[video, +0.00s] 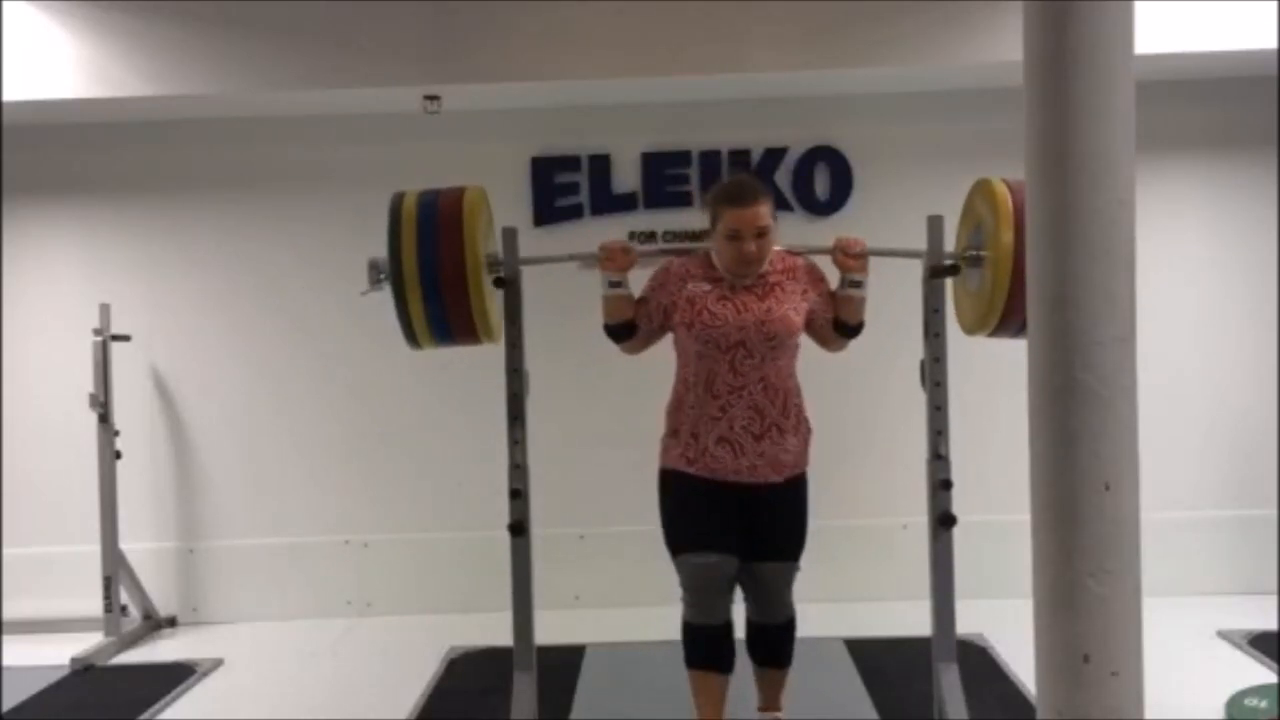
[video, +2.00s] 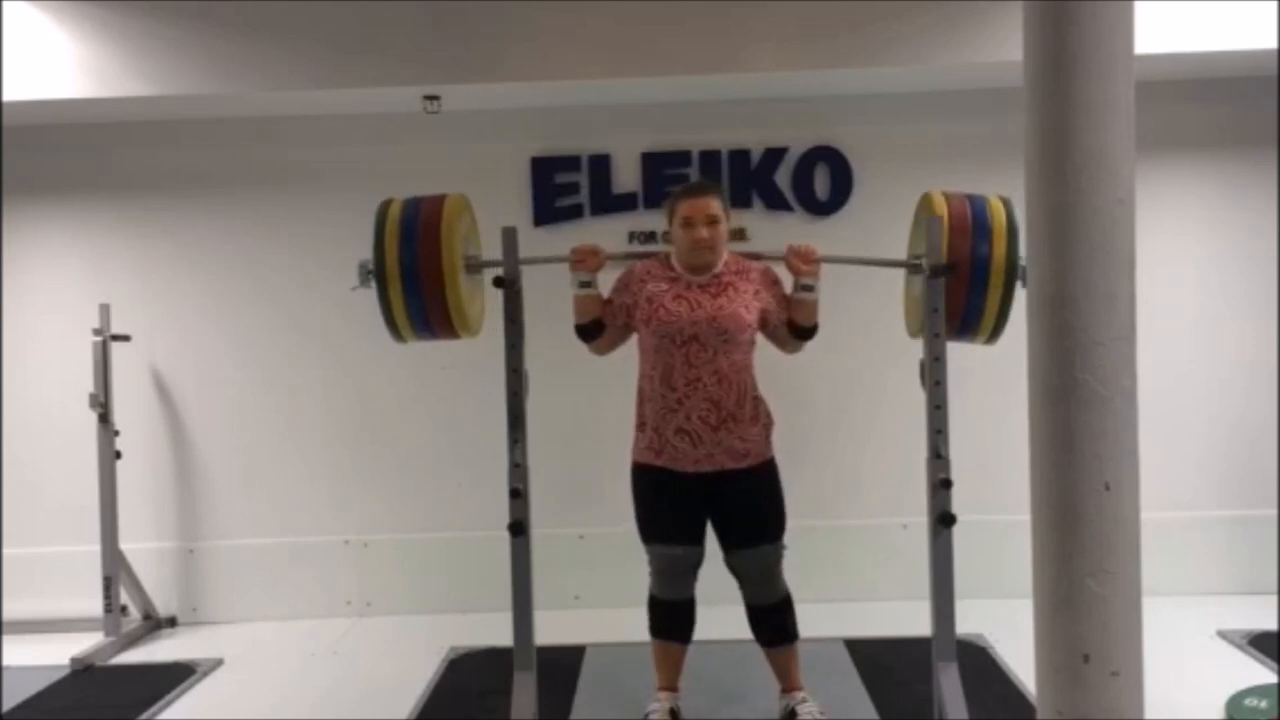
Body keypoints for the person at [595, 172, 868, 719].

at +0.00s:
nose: (748, 249)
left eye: (760, 235)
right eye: (734, 237)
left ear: (775, 229)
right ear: (712, 232)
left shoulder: (796, 274)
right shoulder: (680, 276)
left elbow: (837, 336)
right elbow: (629, 338)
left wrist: (852, 280)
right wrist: (615, 281)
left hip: (775, 465)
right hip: (697, 464)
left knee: (772, 597)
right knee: (706, 595)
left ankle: (771, 711)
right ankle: (709, 716)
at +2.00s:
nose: (702, 232)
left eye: (711, 222)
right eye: (689, 223)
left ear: (727, 228)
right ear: (671, 230)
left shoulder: (753, 278)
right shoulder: (642, 280)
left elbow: (793, 340)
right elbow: (599, 341)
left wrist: (805, 284)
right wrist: (585, 281)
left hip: (742, 459)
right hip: (665, 461)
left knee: (763, 580)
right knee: (670, 582)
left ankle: (795, 696)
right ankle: (665, 698)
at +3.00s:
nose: (723, 226)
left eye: (733, 216)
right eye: (710, 217)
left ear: (748, 224)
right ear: (691, 227)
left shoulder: (774, 277)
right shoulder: (664, 280)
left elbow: (815, 338)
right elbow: (619, 342)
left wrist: (828, 283)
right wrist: (605, 282)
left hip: (764, 459)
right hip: (688, 461)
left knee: (773, 581)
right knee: (685, 583)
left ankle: (800, 696)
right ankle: (666, 698)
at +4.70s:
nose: (732, 336)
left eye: (743, 329)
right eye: (719, 330)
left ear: (759, 345)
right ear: (700, 346)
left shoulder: (786, 393)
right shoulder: (671, 395)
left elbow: (831, 452)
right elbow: (626, 454)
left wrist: (841, 402)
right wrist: (611, 402)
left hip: (771, 514)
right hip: (688, 517)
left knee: (809, 589)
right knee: (656, 594)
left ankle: (800, 702)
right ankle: (665, 703)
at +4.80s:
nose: (732, 317)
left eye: (743, 309)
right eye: (719, 310)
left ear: (759, 324)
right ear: (700, 326)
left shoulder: (785, 374)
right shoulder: (672, 376)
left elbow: (829, 434)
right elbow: (625, 437)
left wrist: (840, 382)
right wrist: (611, 383)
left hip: (770, 501)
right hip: (688, 503)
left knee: (807, 585)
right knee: (658, 587)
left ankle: (800, 701)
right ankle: (664, 703)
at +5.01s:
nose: (731, 271)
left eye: (742, 264)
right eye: (719, 264)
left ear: (758, 279)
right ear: (700, 280)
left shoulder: (786, 333)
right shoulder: (671, 334)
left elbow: (827, 397)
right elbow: (626, 400)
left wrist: (840, 341)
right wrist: (610, 341)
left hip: (770, 478)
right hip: (686, 480)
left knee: (803, 579)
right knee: (660, 584)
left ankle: (800, 700)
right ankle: (665, 702)